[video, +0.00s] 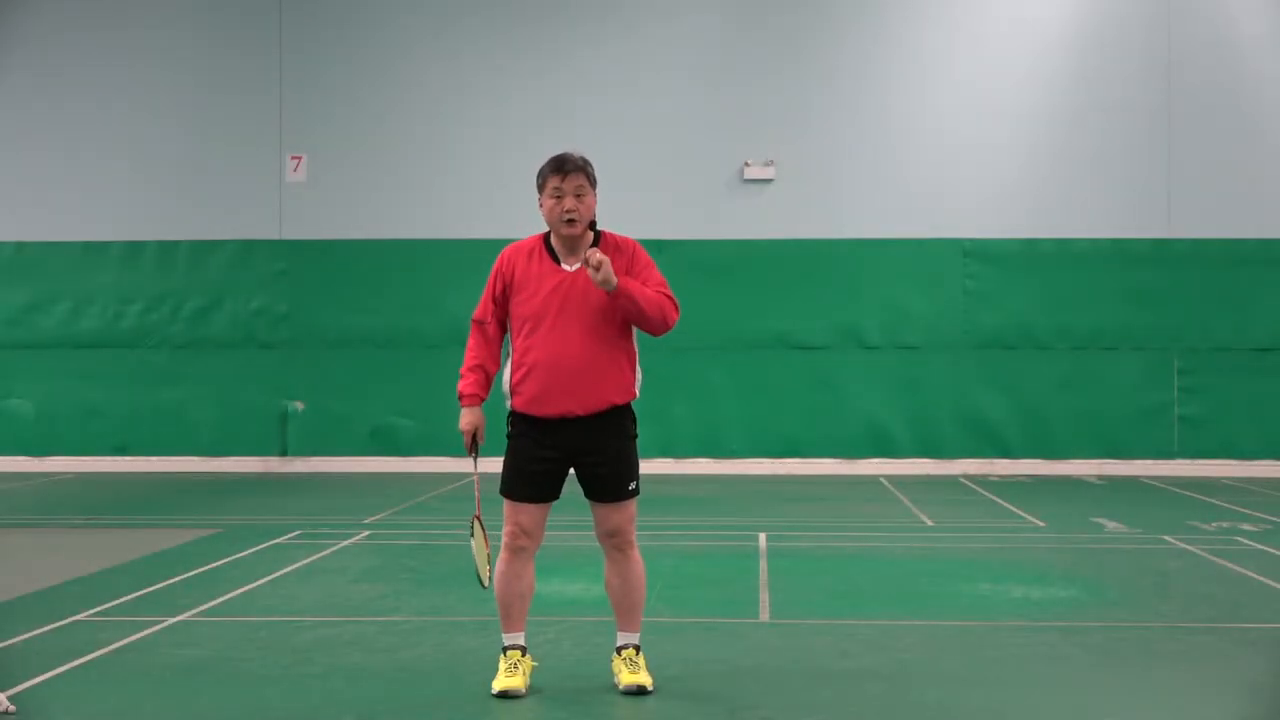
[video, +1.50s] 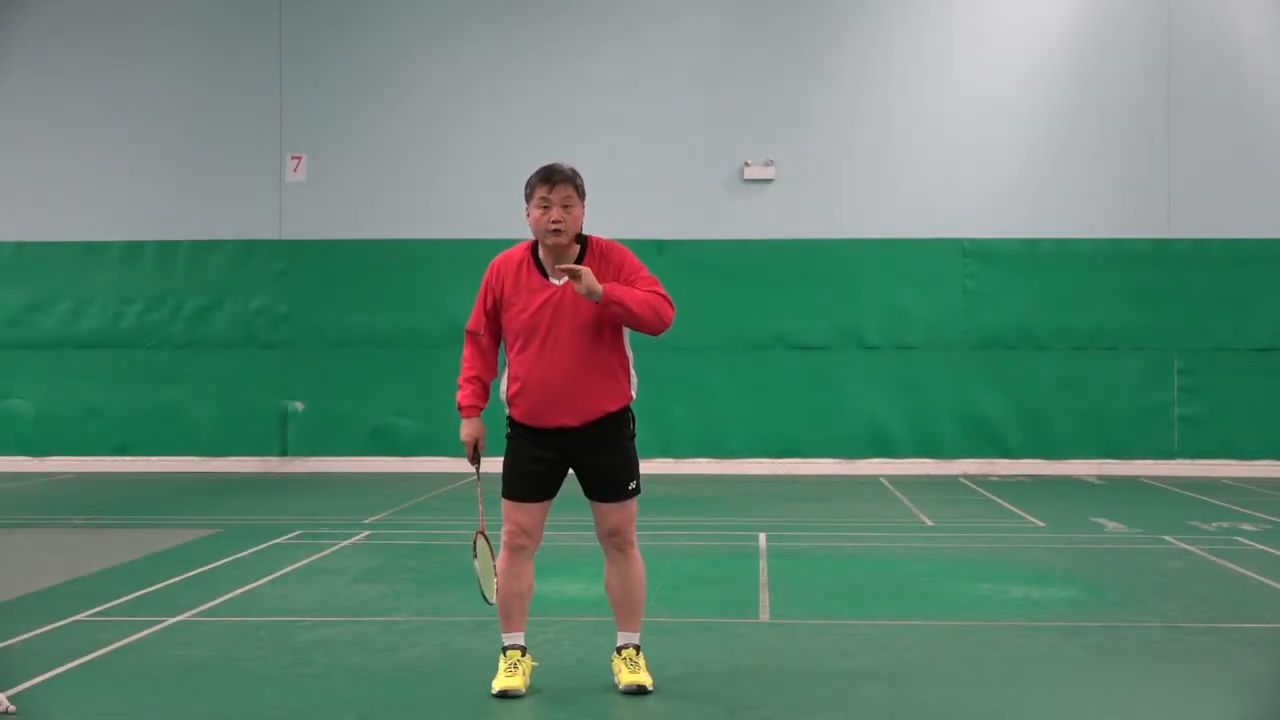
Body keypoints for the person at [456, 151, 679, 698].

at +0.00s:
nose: (568, 205)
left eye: (578, 195)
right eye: (557, 196)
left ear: (594, 199)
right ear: (541, 204)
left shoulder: (624, 254)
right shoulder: (514, 261)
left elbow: (663, 317)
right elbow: (486, 330)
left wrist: (614, 286)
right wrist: (471, 401)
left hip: (607, 420)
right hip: (533, 423)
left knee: (619, 536)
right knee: (518, 538)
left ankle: (629, 650)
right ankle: (513, 652)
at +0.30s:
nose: (565, 207)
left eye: (575, 196)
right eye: (553, 198)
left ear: (591, 201)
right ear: (538, 205)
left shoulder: (621, 252)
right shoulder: (513, 262)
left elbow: (663, 310)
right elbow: (487, 331)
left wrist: (609, 275)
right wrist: (474, 403)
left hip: (608, 420)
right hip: (535, 423)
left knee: (620, 537)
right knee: (519, 538)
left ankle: (629, 650)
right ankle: (514, 652)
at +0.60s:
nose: (559, 210)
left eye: (570, 199)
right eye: (548, 200)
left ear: (587, 205)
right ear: (533, 208)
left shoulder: (614, 253)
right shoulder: (508, 265)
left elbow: (662, 308)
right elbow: (484, 336)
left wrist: (603, 279)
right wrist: (473, 408)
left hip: (607, 421)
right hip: (534, 426)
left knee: (620, 536)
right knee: (519, 538)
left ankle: (629, 649)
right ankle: (513, 652)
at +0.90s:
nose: (555, 216)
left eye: (566, 206)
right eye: (544, 206)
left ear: (583, 211)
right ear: (528, 214)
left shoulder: (611, 258)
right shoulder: (504, 270)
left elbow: (660, 317)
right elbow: (481, 340)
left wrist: (603, 298)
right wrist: (471, 410)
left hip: (606, 425)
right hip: (533, 428)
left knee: (620, 536)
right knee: (518, 537)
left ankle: (629, 650)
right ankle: (513, 651)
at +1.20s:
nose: (555, 218)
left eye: (565, 208)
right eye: (543, 208)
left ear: (582, 212)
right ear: (527, 215)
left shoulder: (610, 258)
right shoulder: (503, 270)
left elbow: (659, 316)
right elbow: (480, 340)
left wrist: (603, 297)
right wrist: (470, 412)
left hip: (605, 425)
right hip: (532, 429)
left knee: (619, 536)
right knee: (517, 537)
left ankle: (629, 650)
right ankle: (513, 652)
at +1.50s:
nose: (555, 215)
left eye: (566, 205)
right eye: (544, 206)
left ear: (582, 211)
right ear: (528, 213)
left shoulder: (610, 258)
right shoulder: (505, 269)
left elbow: (660, 314)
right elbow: (480, 340)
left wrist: (602, 293)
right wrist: (471, 412)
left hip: (605, 425)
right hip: (532, 428)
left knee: (619, 536)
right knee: (518, 537)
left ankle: (630, 650)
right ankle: (513, 652)